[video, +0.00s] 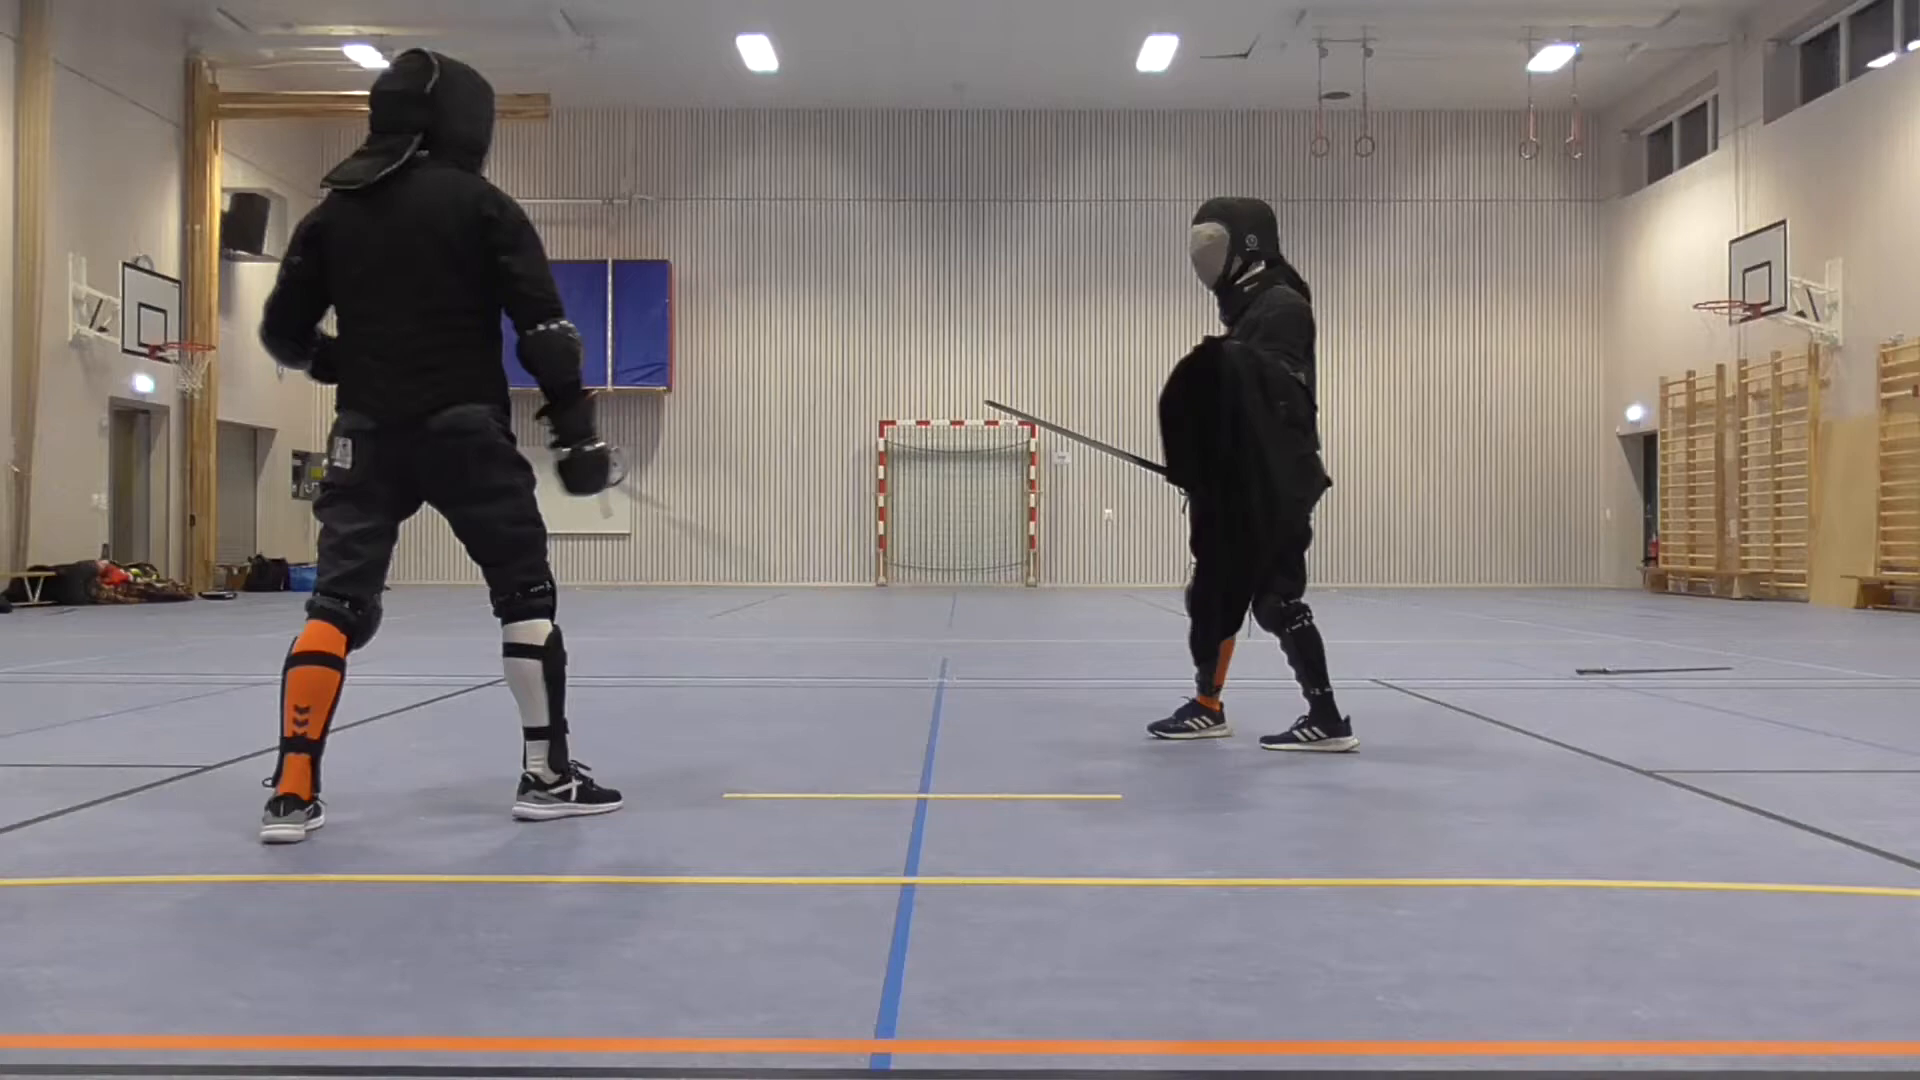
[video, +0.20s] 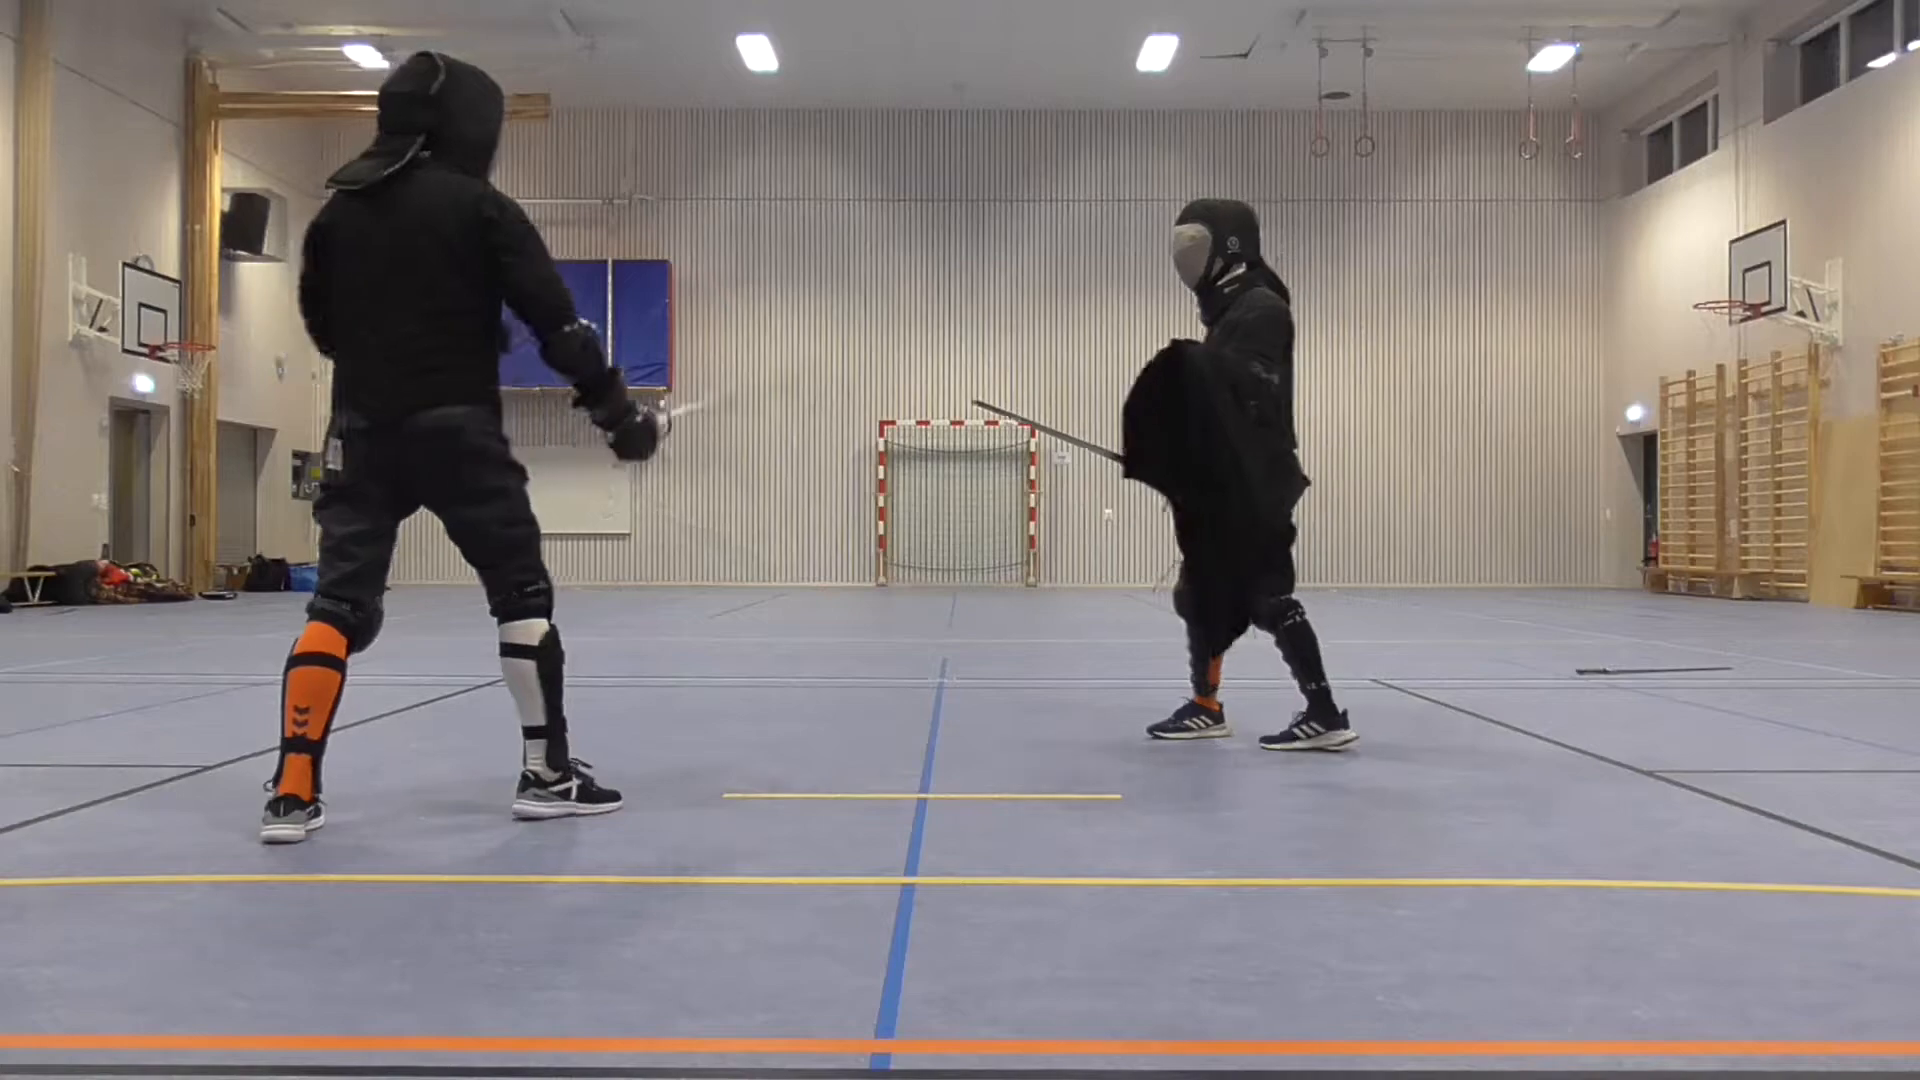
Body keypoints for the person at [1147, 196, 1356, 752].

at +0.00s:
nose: (1204, 261)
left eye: (1212, 248)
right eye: (1201, 249)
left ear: (1247, 247)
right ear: (1246, 249)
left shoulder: (1280, 308)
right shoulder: (1251, 309)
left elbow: (1276, 396)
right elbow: (1248, 404)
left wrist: (1222, 367)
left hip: (1278, 485)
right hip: (1244, 484)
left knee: (1280, 601)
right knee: (1212, 595)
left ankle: (1326, 715)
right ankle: (1207, 706)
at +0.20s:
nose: (1184, 260)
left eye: (1193, 248)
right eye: (1182, 249)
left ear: (1228, 248)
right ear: (1224, 249)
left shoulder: (1260, 309)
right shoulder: (1232, 309)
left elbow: (1255, 393)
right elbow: (1227, 397)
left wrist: (1195, 367)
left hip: (1259, 485)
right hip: (1227, 483)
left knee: (1273, 597)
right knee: (1199, 593)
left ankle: (1325, 714)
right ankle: (1205, 706)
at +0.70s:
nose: (1140, 261)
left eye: (1150, 250)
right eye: (1139, 250)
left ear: (1183, 250)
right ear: (1178, 252)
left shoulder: (1216, 311)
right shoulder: (1182, 309)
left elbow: (1218, 391)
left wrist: (1163, 365)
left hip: (1210, 474)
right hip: (1184, 473)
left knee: (1174, 593)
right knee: (1175, 590)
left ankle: (1205, 707)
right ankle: (1220, 691)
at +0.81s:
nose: (1132, 264)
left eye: (1142, 252)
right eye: (1130, 252)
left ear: (1176, 252)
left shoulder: (1206, 313)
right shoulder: (1168, 311)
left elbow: (1205, 397)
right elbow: (1160, 398)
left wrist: (1152, 376)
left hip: (1206, 475)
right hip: (1175, 472)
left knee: (1168, 588)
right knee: (1158, 584)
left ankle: (1203, 706)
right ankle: (1166, 682)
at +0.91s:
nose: (1122, 266)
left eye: (1133, 254)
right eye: (1120, 254)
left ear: (1167, 256)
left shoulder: (1192, 321)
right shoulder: (1158, 316)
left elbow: (1188, 410)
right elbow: (1145, 418)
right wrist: (1113, 487)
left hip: (1195, 482)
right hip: (1167, 477)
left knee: (1165, 589)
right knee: (1148, 585)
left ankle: (1204, 705)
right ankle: (1124, 683)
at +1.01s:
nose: (1111, 271)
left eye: (1121, 258)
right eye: (1109, 259)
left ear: (1154, 260)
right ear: (1143, 262)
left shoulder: (1177, 326)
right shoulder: (1145, 318)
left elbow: (1184, 430)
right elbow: (1144, 423)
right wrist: (1110, 479)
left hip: (1179, 493)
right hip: (1147, 490)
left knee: (1166, 595)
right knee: (1130, 592)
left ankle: (1203, 705)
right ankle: (1106, 690)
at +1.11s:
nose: (1097, 271)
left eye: (1108, 260)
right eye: (1096, 260)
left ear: (1140, 263)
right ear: (1135, 265)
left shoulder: (1162, 326)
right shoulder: (1129, 324)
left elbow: (1145, 421)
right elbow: (1126, 414)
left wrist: (1100, 478)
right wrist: (1094, 469)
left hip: (1175, 487)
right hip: (1142, 485)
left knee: (1162, 592)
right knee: (1106, 591)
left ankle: (1203, 704)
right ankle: (1100, 693)